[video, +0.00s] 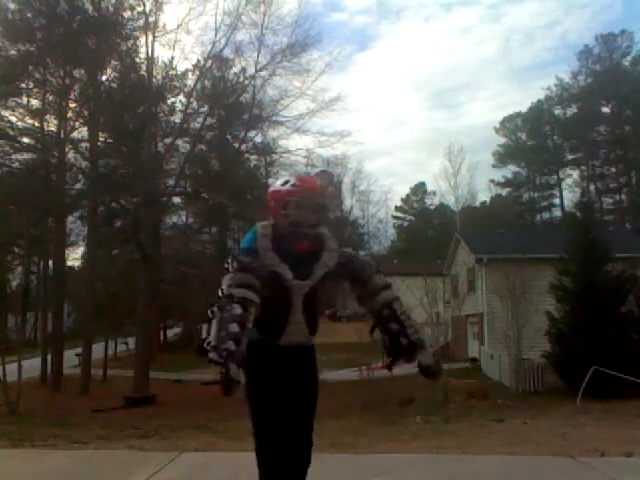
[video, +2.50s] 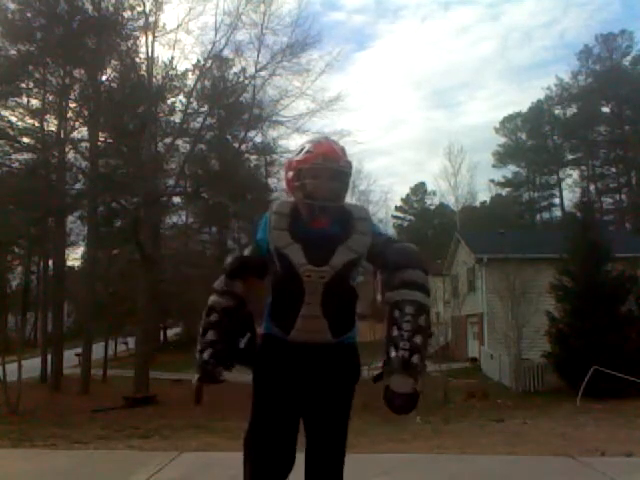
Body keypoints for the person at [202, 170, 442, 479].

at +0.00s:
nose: (308, 218)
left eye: (314, 210)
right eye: (300, 209)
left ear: (322, 212)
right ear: (280, 210)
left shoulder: (327, 250)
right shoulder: (257, 246)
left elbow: (370, 281)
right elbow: (236, 293)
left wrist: (396, 329)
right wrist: (225, 346)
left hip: (302, 352)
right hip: (261, 353)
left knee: (299, 439)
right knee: (269, 439)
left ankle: (297, 474)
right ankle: (271, 475)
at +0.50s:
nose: (283, 227)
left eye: (292, 219)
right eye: (275, 218)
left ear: (300, 225)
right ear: (259, 222)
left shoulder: (312, 261)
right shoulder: (238, 259)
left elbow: (348, 303)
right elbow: (198, 302)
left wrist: (346, 374)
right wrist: (170, 356)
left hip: (293, 375)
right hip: (242, 373)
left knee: (297, 465)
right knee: (227, 462)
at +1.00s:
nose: (276, 218)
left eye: (284, 210)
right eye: (267, 209)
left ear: (293, 216)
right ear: (251, 214)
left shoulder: (307, 251)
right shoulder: (231, 249)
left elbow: (341, 302)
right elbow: (201, 307)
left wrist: (333, 372)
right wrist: (194, 376)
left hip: (287, 371)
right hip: (235, 371)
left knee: (289, 463)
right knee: (232, 463)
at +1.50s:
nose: (275, 200)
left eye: (282, 192)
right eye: (266, 192)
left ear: (291, 198)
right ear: (249, 197)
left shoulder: (305, 238)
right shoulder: (230, 235)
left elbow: (332, 283)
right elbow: (212, 281)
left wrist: (334, 335)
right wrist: (229, 337)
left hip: (287, 357)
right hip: (238, 355)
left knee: (298, 449)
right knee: (236, 452)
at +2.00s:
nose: (299, 197)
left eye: (307, 189)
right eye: (290, 188)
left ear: (317, 194)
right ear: (274, 192)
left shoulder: (332, 241)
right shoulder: (253, 233)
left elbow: (343, 300)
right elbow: (246, 282)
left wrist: (328, 351)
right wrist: (278, 340)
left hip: (311, 366)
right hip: (259, 364)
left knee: (314, 461)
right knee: (253, 462)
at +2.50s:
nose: (323, 186)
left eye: (333, 178)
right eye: (314, 177)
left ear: (345, 184)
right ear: (296, 181)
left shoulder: (360, 227)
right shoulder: (272, 223)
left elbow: (406, 271)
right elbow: (237, 281)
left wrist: (404, 363)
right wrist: (215, 344)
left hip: (335, 358)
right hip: (278, 356)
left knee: (326, 461)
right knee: (266, 458)